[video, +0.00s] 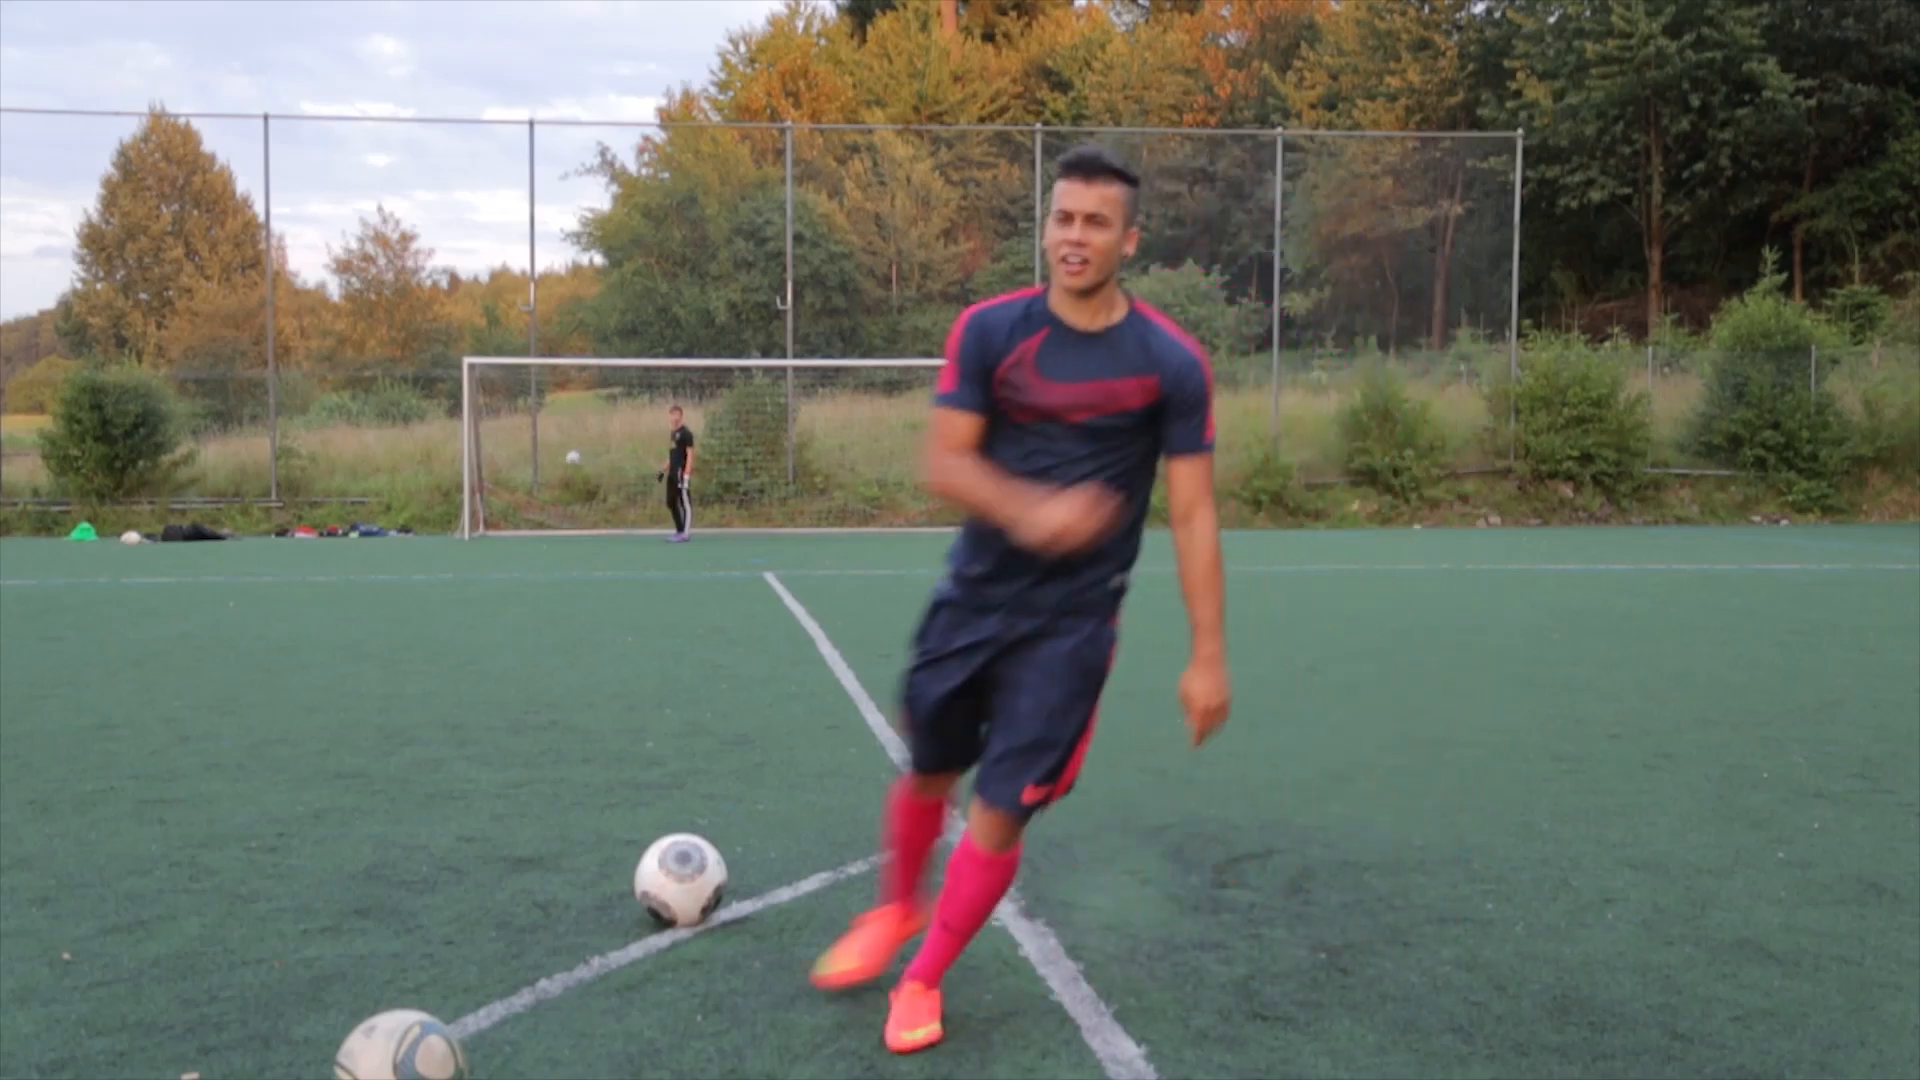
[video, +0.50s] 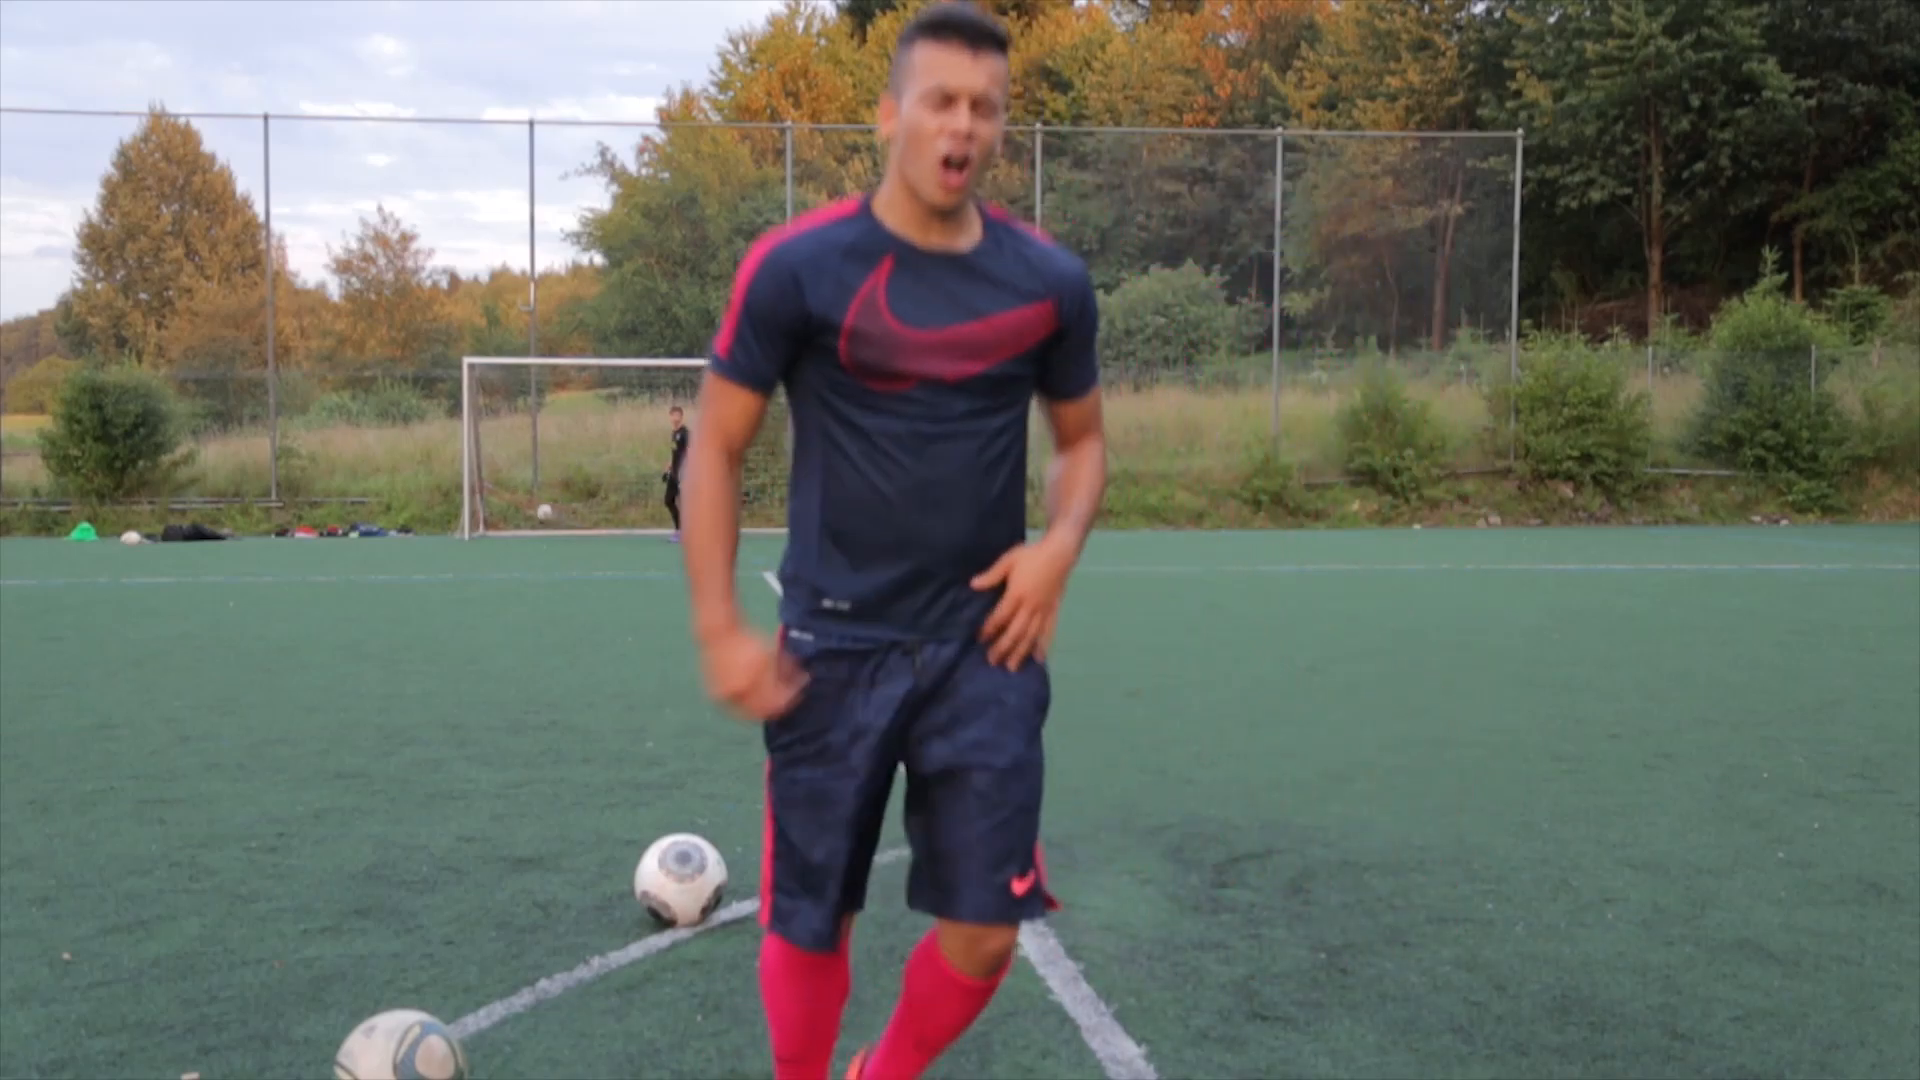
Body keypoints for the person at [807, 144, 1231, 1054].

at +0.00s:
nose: (1075, 238)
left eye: (1097, 224)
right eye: (1063, 219)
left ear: (1130, 241)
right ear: (1044, 230)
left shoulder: (1172, 363)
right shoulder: (987, 331)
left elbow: (1193, 513)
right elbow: (945, 462)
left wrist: (1207, 656)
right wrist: (1033, 507)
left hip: (1072, 616)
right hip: (976, 594)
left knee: (1001, 805)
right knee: (927, 766)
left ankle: (925, 978)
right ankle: (898, 909)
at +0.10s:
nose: (1052, 222)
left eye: (1075, 208)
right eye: (1040, 201)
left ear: (1107, 229)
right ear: (1016, 210)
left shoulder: (1145, 359)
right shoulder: (950, 316)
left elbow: (1159, 509)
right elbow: (870, 429)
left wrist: (1152, 638)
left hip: (1038, 622)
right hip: (929, 595)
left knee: (982, 824)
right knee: (844, 785)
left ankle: (922, 976)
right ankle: (788, 978)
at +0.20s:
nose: (1016, 172)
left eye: (1040, 156)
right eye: (1003, 150)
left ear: (1075, 171)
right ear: (980, 155)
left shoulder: (1123, 306)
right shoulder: (911, 268)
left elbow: (1138, 469)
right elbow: (842, 387)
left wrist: (1095, 570)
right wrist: (758, 492)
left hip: (1015, 586)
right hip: (899, 558)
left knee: (967, 799)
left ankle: (927, 954)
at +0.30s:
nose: (978, 151)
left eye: (1004, 134)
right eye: (962, 128)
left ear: (1042, 152)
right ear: (937, 139)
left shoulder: (1094, 291)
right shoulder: (863, 262)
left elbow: (1119, 459)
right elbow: (797, 394)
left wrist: (1058, 531)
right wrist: (719, 523)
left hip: (1000, 594)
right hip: (872, 576)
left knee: (965, 831)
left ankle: (935, 970)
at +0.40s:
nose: (957, 169)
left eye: (982, 150)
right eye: (938, 144)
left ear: (1006, 172)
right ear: (900, 157)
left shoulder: (1057, 317)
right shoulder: (815, 303)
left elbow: (1095, 486)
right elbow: (741, 474)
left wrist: (1055, 553)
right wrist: (672, 632)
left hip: (991, 646)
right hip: (852, 638)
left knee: (987, 916)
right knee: (816, 917)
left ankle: (912, 989)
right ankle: (802, 1076)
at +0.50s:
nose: (964, 129)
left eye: (984, 108)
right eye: (941, 102)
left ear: (1000, 127)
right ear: (889, 113)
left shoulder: (1051, 282)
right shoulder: (794, 270)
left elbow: (1079, 440)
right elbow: (714, 445)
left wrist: (1060, 546)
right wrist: (720, 630)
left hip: (986, 643)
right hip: (832, 647)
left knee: (984, 935)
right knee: (805, 929)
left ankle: (884, 1071)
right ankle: (799, 1074)